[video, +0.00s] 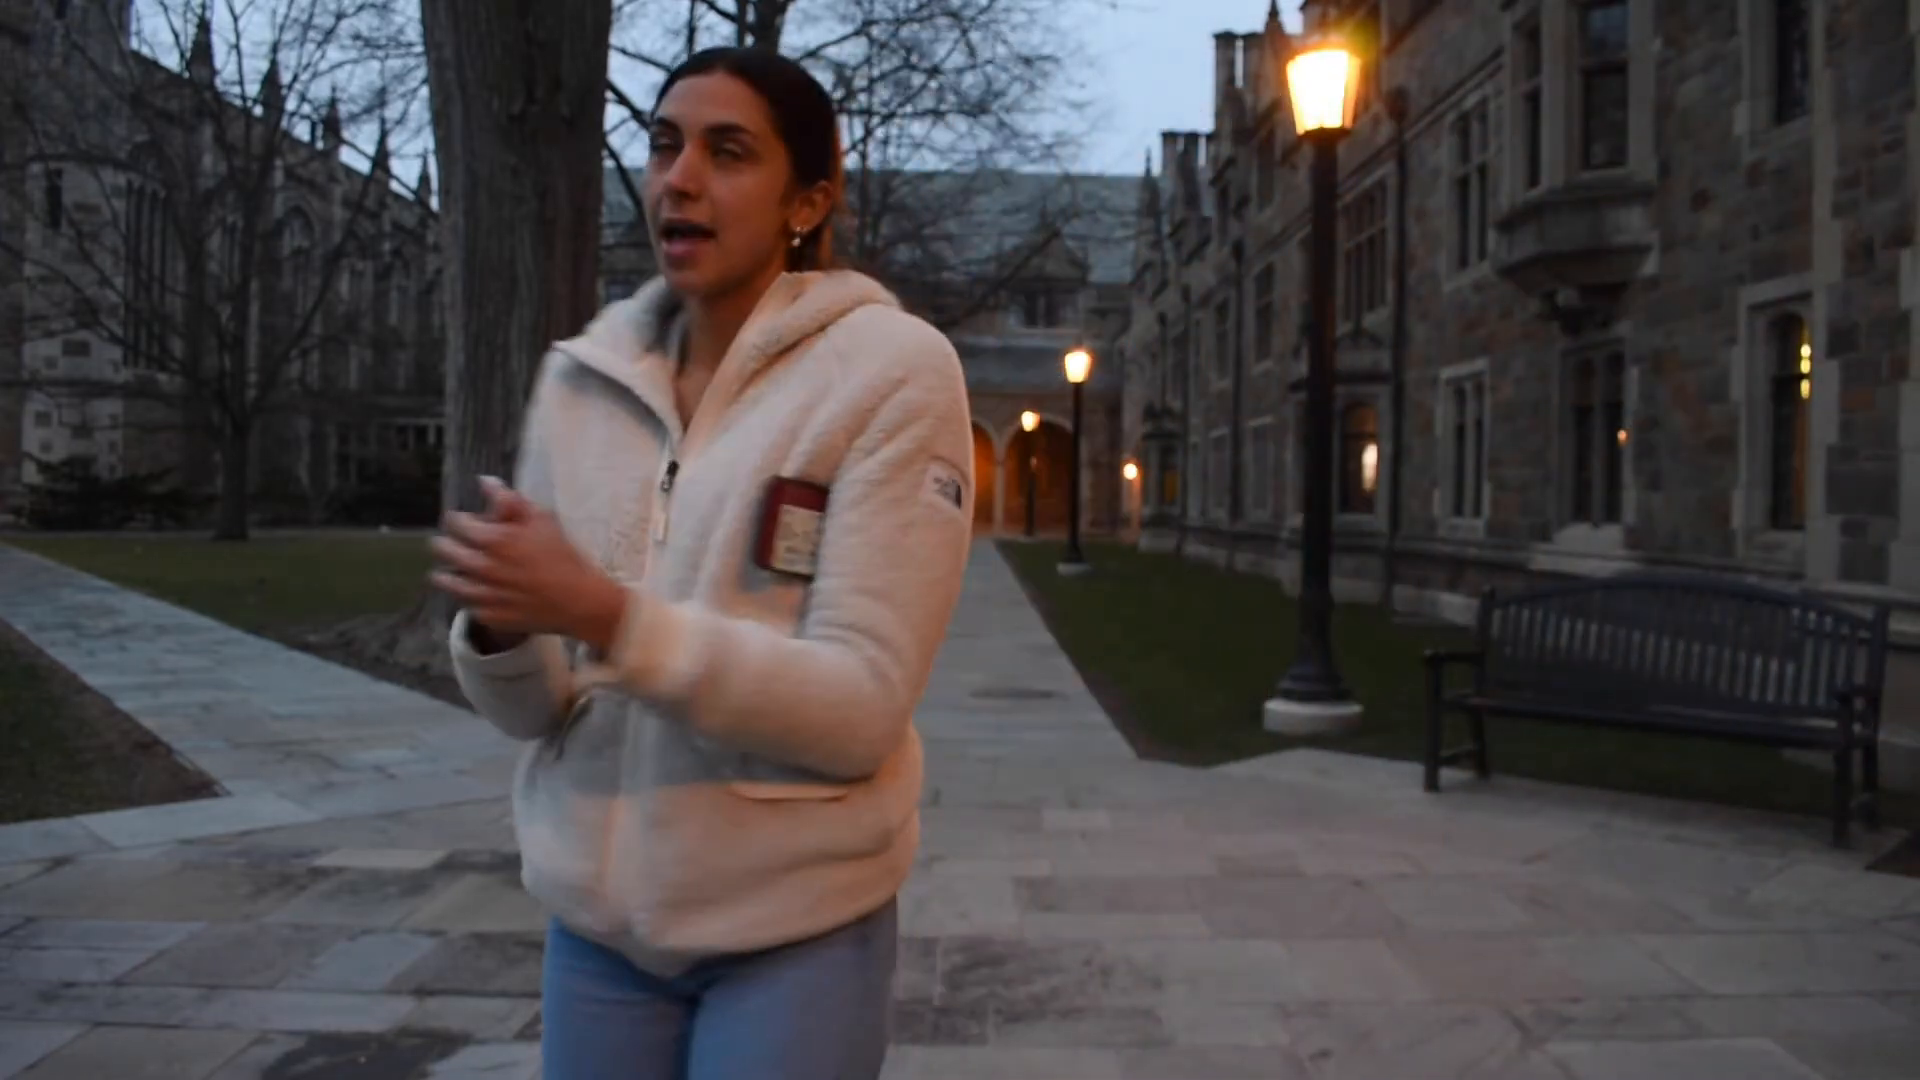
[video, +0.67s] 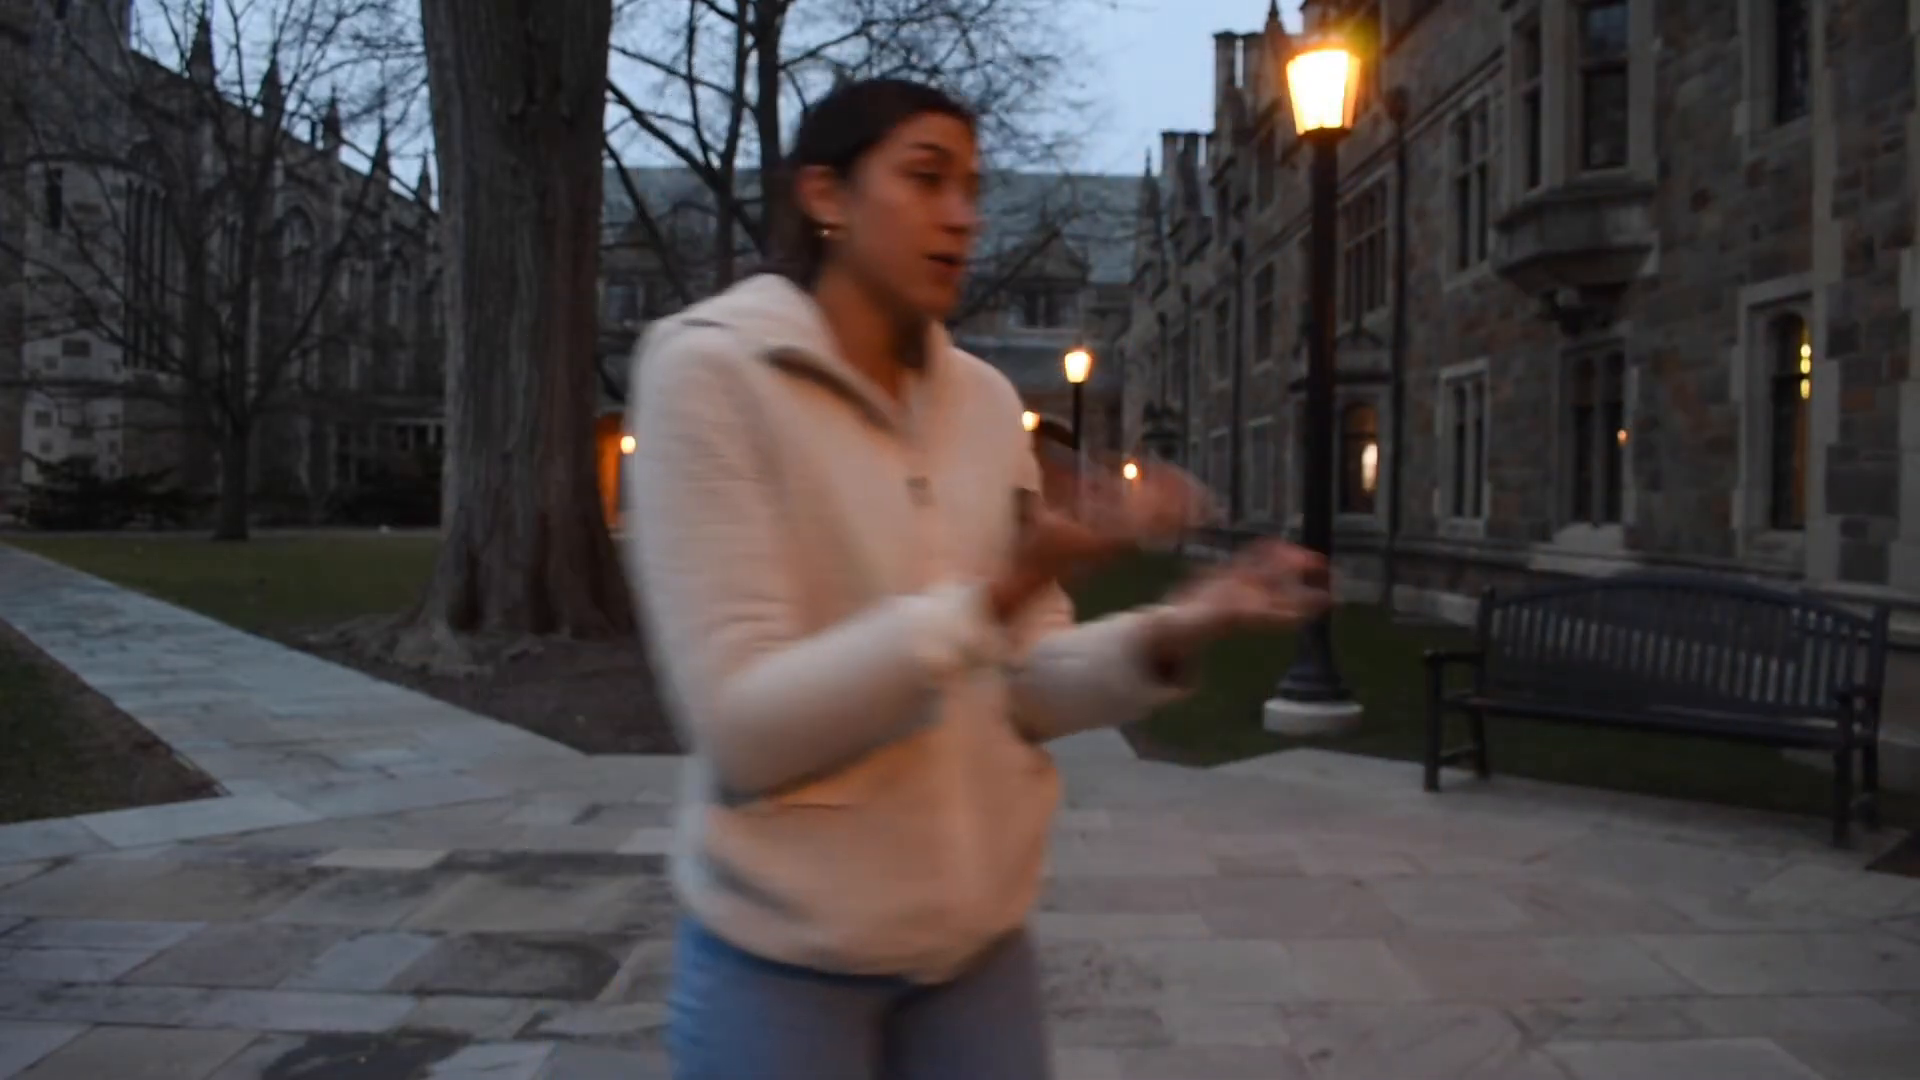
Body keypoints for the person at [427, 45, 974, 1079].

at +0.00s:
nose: (679, 179)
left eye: (729, 152)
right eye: (666, 145)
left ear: (808, 200)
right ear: (646, 173)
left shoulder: (896, 374)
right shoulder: (581, 374)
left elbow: (860, 709)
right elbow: (533, 712)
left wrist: (603, 613)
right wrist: (498, 617)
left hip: (797, 928)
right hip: (598, 924)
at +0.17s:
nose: (717, 187)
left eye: (758, 162)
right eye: (687, 151)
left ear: (807, 211)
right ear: (645, 187)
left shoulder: (900, 378)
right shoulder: (537, 379)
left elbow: (916, 691)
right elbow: (486, 698)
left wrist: (732, 625)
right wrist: (564, 626)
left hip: (825, 915)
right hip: (604, 919)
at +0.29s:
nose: (760, 195)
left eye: (796, 169)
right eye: (726, 156)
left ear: (825, 208)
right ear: (660, 186)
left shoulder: (909, 381)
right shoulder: (541, 379)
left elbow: (943, 690)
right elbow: (504, 702)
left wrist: (833, 621)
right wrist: (650, 620)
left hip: (848, 904)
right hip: (619, 913)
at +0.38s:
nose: (797, 198)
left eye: (827, 173)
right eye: (759, 157)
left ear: (848, 210)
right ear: (682, 186)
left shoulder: (920, 382)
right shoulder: (560, 375)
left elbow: (961, 694)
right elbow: (533, 711)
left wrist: (893, 613)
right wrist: (721, 603)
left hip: (866, 910)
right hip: (636, 922)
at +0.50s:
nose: (862, 204)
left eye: (882, 179)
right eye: (821, 163)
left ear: (895, 210)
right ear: (732, 189)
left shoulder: (941, 389)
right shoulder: (612, 372)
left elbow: (970, 712)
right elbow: (604, 719)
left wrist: (995, 606)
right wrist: (839, 587)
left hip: (896, 920)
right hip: (679, 931)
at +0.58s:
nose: (910, 211)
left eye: (923, 187)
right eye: (870, 171)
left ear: (936, 215)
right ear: (773, 195)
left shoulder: (961, 397)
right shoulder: (656, 372)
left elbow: (993, 696)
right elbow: (667, 728)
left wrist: (1080, 626)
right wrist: (907, 592)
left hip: (938, 939)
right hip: (728, 949)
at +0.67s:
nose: (964, 217)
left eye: (971, 189)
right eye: (926, 176)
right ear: (823, 198)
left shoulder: (984, 401)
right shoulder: (705, 371)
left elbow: (1022, 692)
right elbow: (742, 734)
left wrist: (1173, 628)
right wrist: (999, 595)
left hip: (979, 943)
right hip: (780, 956)